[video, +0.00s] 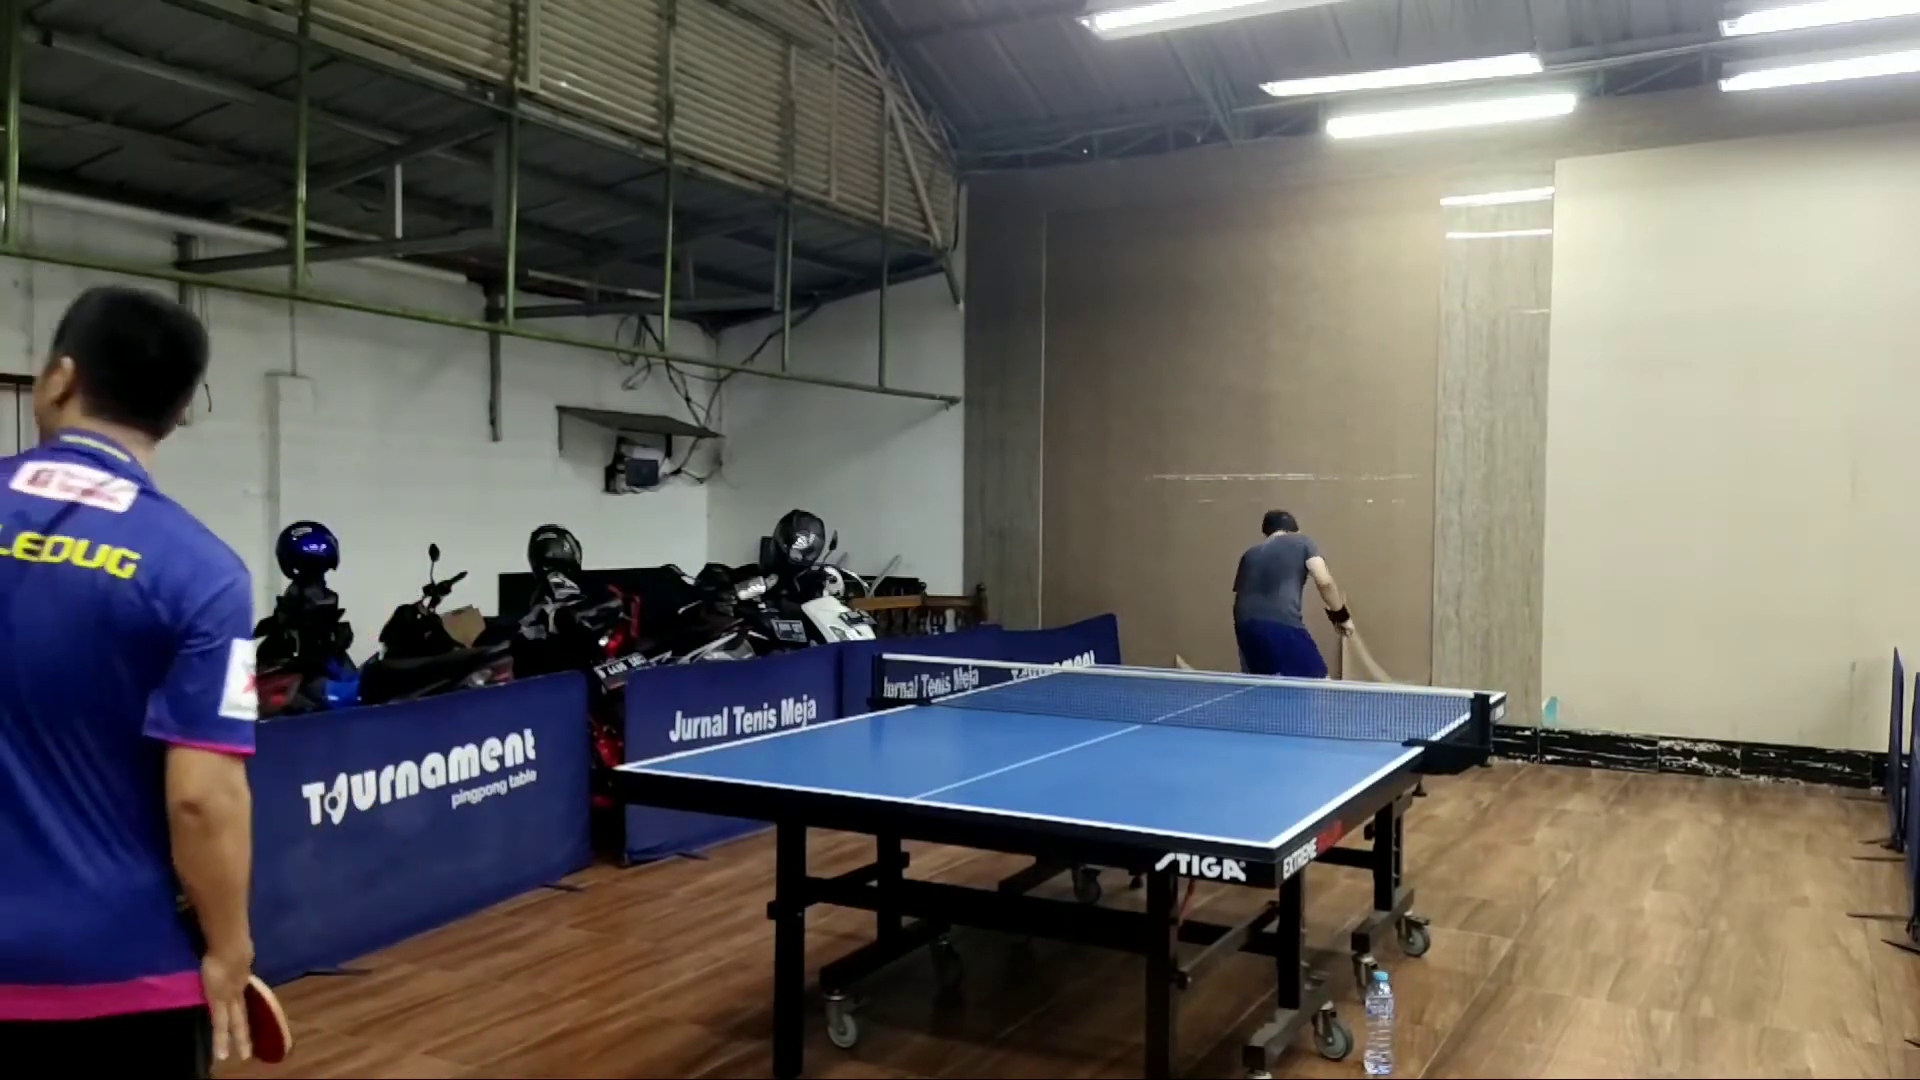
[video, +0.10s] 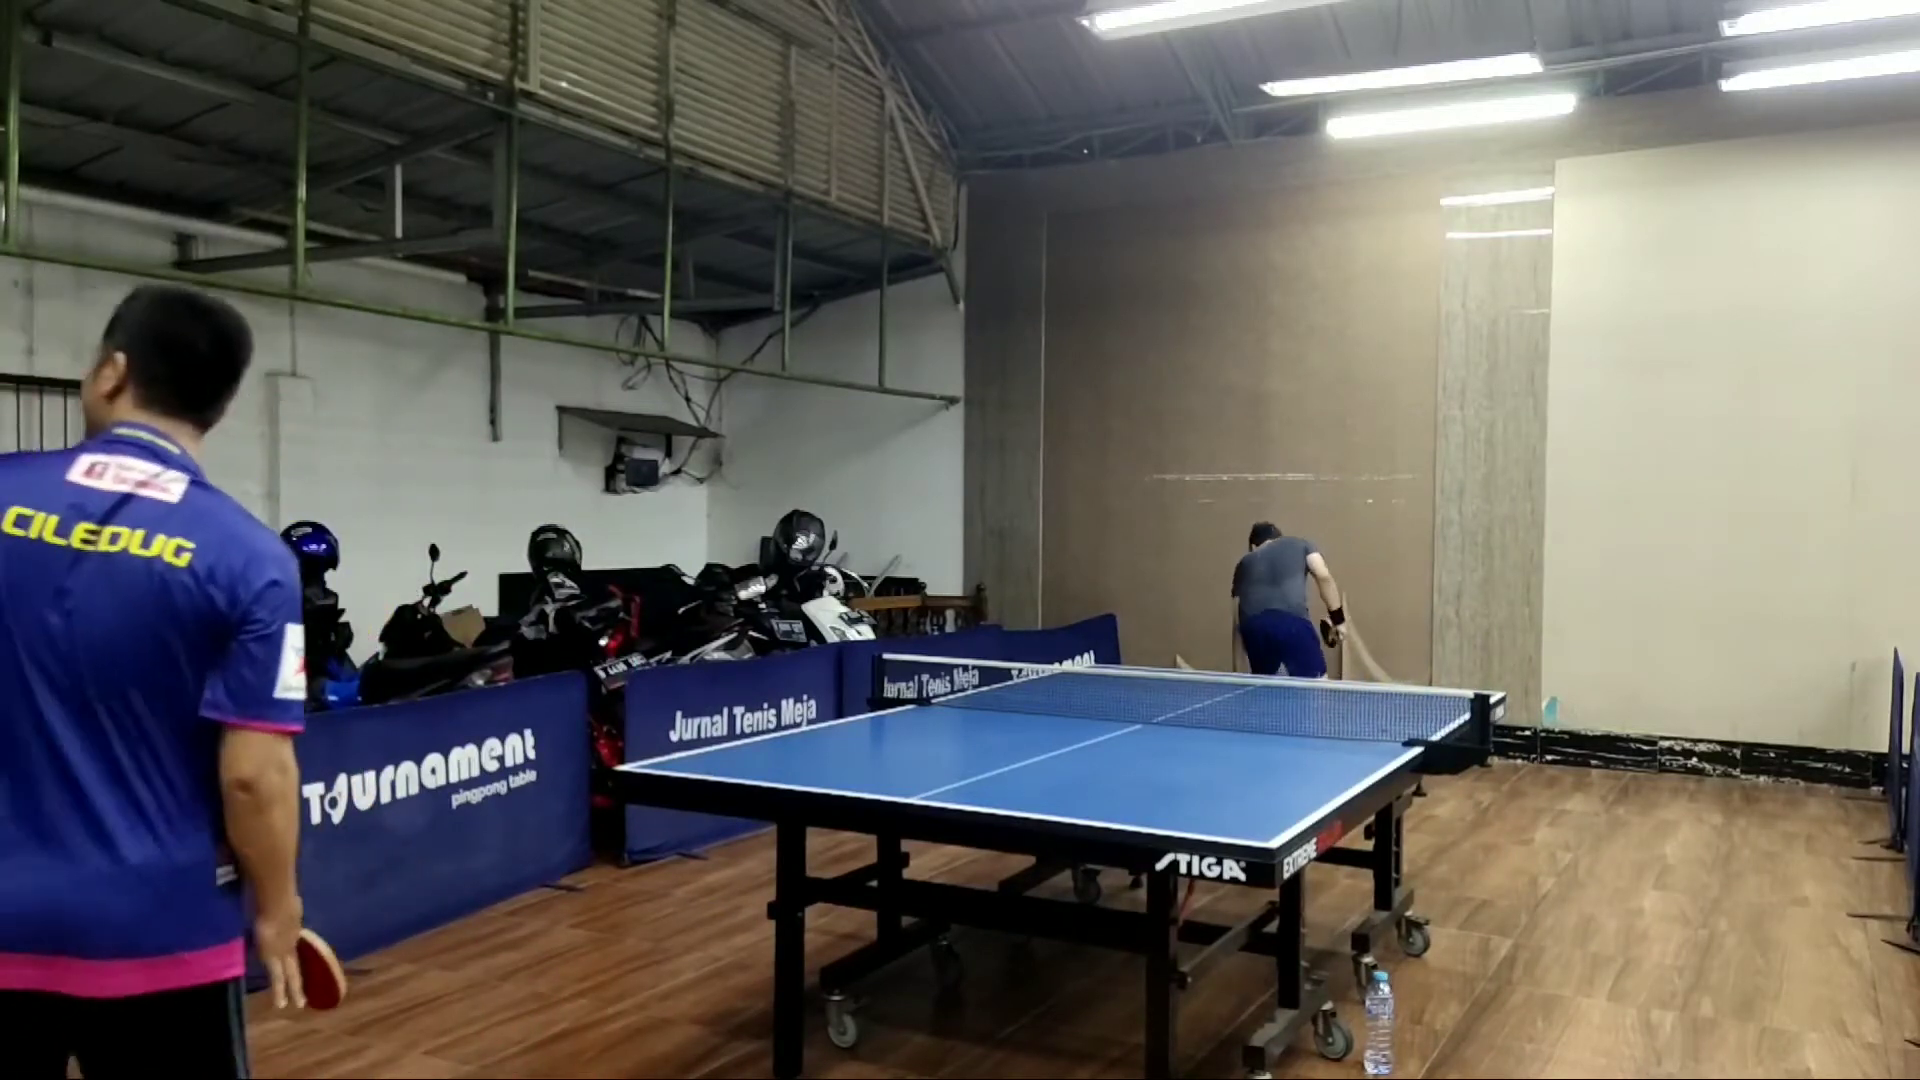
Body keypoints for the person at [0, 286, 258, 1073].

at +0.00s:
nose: (39, 379)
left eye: (45, 364)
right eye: (47, 362)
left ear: (61, 375)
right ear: (177, 415)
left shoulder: (5, 491)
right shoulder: (199, 570)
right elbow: (202, 796)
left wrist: (225, 950)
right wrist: (229, 951)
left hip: (6, 966)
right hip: (123, 981)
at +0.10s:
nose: (88, 378)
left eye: (94, 364)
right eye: (92, 362)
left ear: (114, 372)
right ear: (217, 411)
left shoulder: (9, 486)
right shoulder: (250, 559)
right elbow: (253, 774)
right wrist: (279, 914)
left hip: (8, 934)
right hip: (158, 952)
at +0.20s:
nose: (124, 378)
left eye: (129, 364)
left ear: (147, 370)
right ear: (248, 411)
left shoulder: (21, 493)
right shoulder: (284, 547)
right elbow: (301, 754)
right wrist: (330, 865)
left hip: (30, 911)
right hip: (195, 925)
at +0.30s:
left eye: (165, 362)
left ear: (167, 374)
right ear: (286, 403)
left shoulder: (54, 497)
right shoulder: (313, 539)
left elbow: (11, 687)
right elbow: (340, 734)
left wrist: (8, 828)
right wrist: (375, 806)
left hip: (72, 896)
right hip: (223, 912)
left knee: (109, 1063)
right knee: (243, 1064)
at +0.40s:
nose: (324, 409)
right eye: (325, 391)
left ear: (208, 385)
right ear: (309, 398)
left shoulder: (94, 501)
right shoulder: (332, 534)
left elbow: (39, 687)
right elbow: (368, 725)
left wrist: (27, 836)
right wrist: (415, 770)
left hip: (115, 881)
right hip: (250, 899)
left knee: (145, 1061)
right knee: (267, 1063)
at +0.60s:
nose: (388, 425)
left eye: (387, 406)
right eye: (385, 405)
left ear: (279, 404)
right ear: (360, 413)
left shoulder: (172, 519)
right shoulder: (368, 533)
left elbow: (126, 688)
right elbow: (404, 712)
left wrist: (96, 835)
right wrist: (472, 788)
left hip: (193, 876)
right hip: (307, 881)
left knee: (251, 1061)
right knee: (304, 1066)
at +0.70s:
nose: (411, 422)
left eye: (410, 402)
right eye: (408, 401)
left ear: (307, 400)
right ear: (381, 407)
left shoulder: (211, 517)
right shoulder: (383, 521)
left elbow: (175, 682)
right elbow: (406, 697)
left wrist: (152, 823)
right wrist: (468, 824)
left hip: (234, 851)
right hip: (341, 859)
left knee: (269, 1043)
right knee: (346, 1059)